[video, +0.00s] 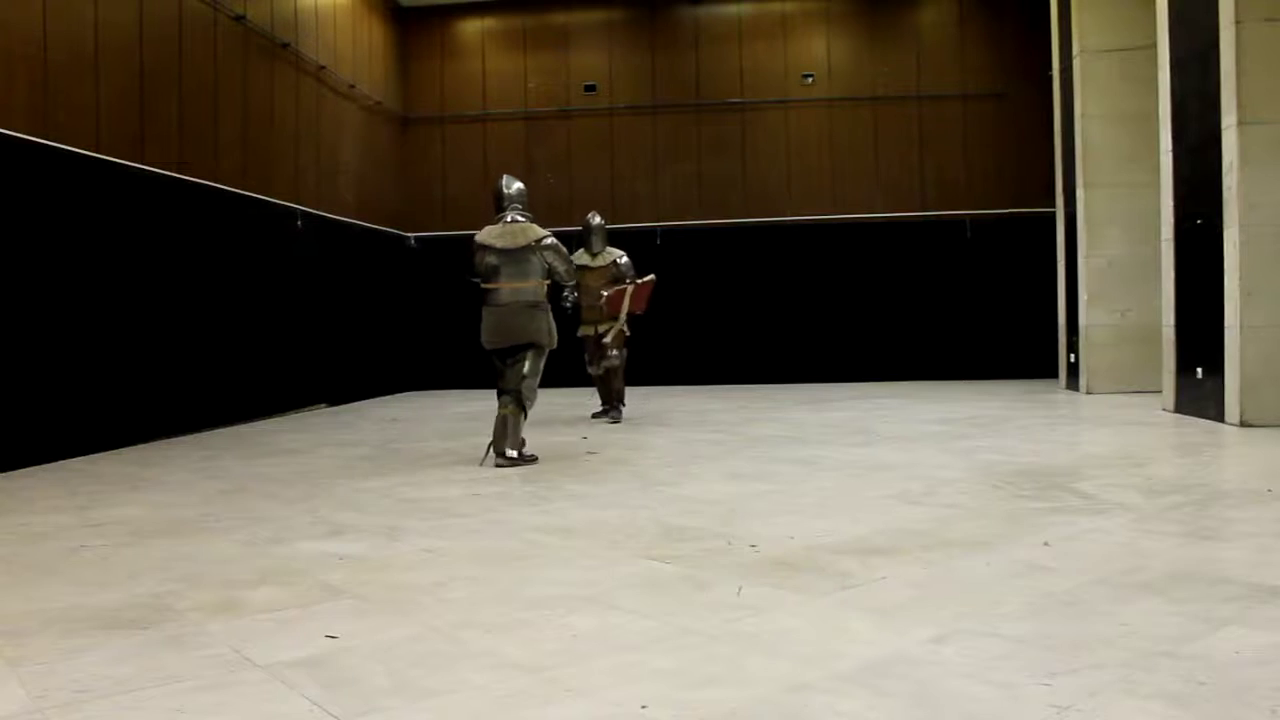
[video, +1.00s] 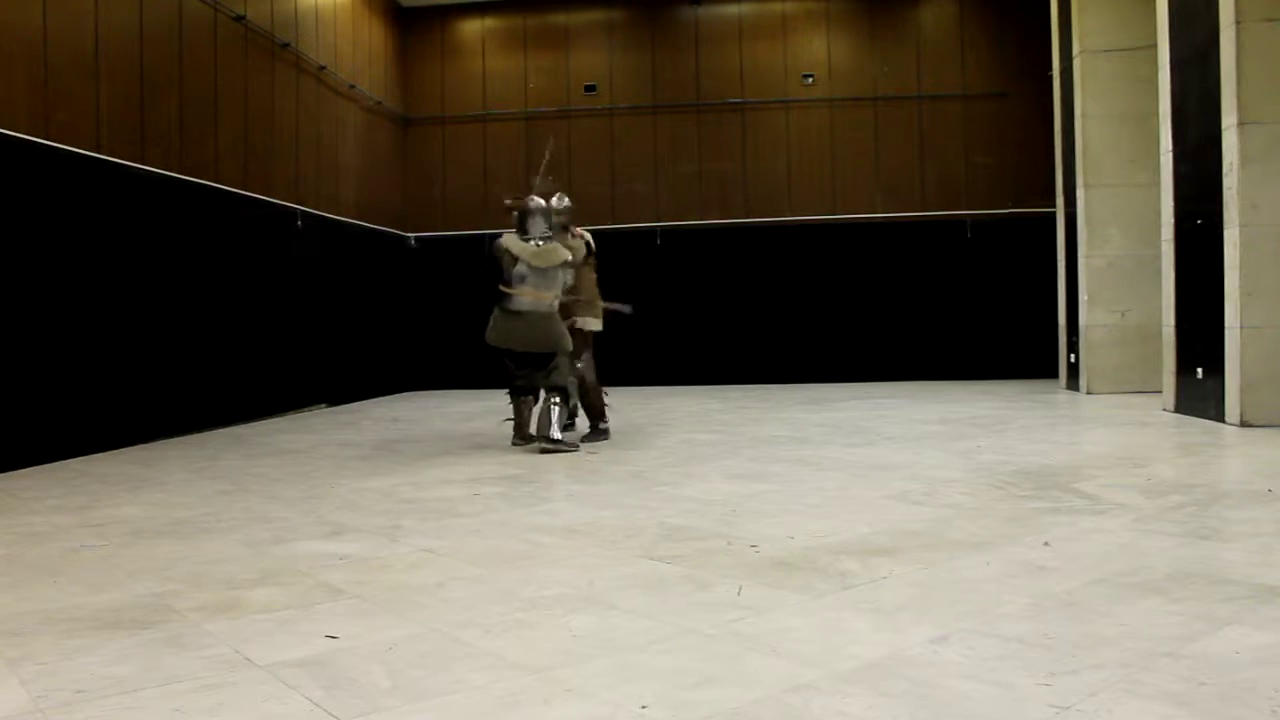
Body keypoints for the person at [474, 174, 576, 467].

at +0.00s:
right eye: (523, 200)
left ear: (498, 204)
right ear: (526, 202)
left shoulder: (484, 239)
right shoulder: (540, 238)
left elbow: (480, 274)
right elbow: (567, 274)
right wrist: (565, 294)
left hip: (495, 319)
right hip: (533, 317)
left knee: (508, 382)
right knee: (522, 384)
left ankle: (507, 444)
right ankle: (507, 447)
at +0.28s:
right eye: (530, 201)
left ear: (505, 204)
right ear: (532, 203)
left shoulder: (490, 238)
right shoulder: (542, 237)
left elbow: (488, 272)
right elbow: (571, 270)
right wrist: (559, 292)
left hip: (502, 316)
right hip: (538, 315)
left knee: (512, 375)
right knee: (550, 375)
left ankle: (515, 440)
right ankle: (534, 432)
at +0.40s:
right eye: (538, 204)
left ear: (512, 206)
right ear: (539, 205)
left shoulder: (496, 238)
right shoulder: (546, 238)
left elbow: (496, 269)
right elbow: (576, 266)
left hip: (505, 318)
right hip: (541, 318)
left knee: (517, 372)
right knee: (559, 376)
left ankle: (515, 434)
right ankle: (554, 438)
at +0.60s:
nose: (544, 220)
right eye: (544, 216)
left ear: (520, 217)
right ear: (546, 218)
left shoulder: (504, 246)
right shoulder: (548, 250)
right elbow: (573, 279)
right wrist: (595, 269)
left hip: (502, 326)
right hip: (537, 327)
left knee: (514, 377)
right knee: (561, 378)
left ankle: (517, 431)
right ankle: (554, 433)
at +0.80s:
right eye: (549, 233)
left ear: (524, 231)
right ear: (549, 234)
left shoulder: (504, 257)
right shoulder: (554, 268)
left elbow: (499, 282)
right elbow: (567, 306)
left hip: (499, 338)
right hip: (535, 341)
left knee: (522, 376)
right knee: (558, 377)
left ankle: (521, 430)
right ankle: (553, 430)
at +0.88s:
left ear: (523, 228)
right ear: (549, 229)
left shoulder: (505, 255)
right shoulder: (558, 266)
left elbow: (498, 286)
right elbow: (568, 301)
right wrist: (550, 312)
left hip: (504, 333)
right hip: (541, 335)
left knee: (519, 375)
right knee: (557, 373)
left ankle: (521, 429)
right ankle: (552, 429)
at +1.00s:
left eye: (525, 219)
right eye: (544, 219)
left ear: (521, 223)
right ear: (548, 223)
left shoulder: (507, 248)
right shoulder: (561, 255)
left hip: (512, 322)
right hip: (546, 323)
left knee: (519, 375)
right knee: (559, 370)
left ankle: (521, 430)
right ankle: (551, 431)